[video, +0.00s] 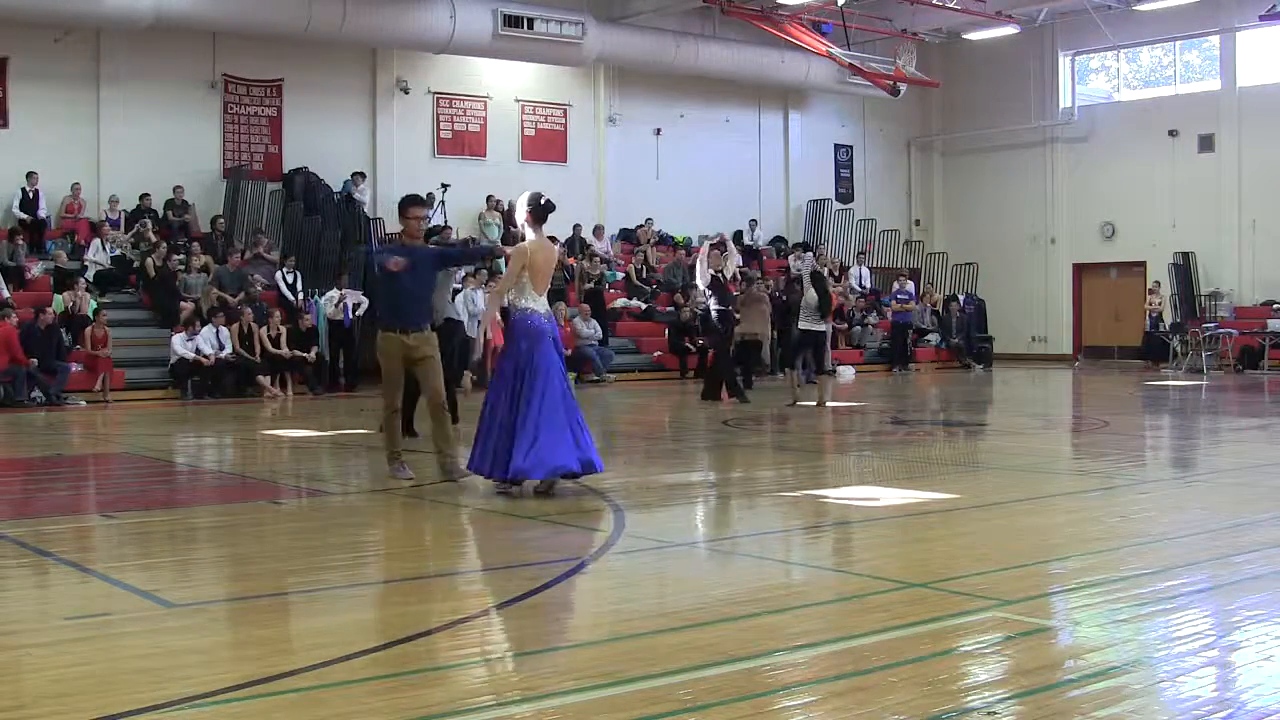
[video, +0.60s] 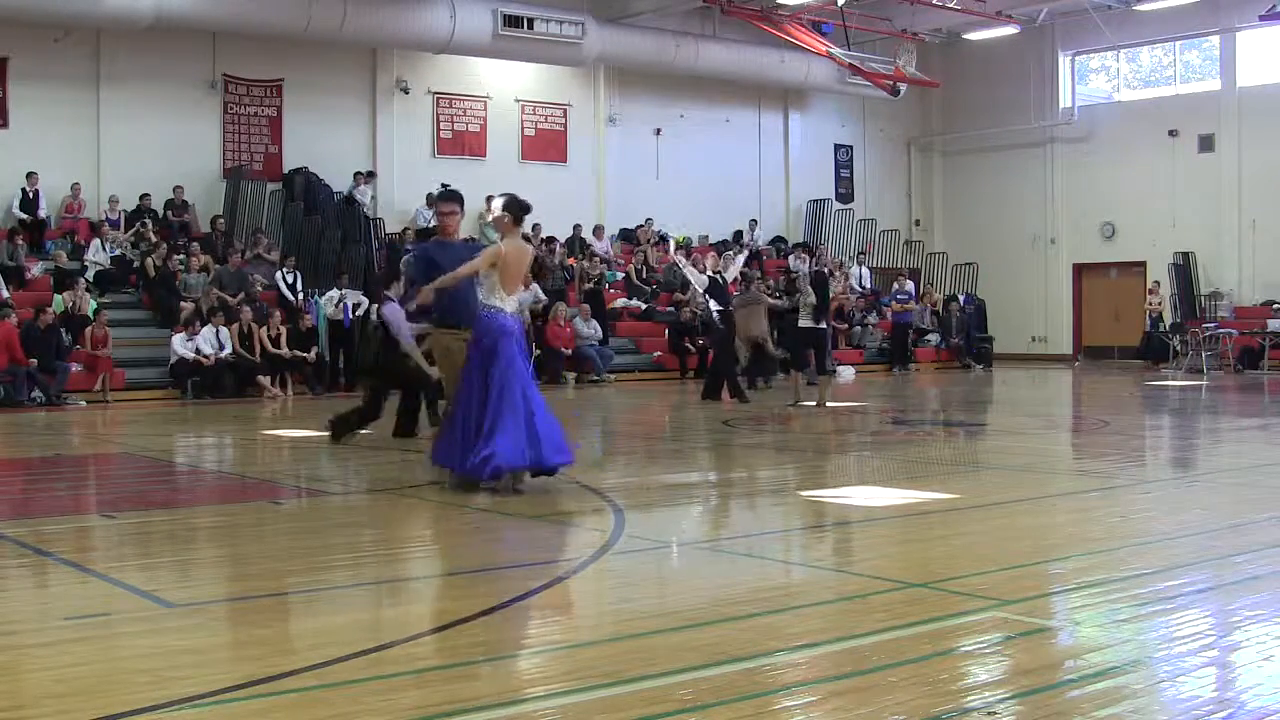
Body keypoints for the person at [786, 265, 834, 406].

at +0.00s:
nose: (808, 282)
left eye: (809, 280)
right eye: (809, 279)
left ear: (812, 281)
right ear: (824, 282)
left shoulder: (809, 292)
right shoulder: (828, 296)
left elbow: (805, 272)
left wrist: (808, 256)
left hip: (805, 330)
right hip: (820, 331)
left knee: (791, 360)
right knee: (820, 367)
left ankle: (794, 393)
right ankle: (821, 398)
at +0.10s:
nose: (808, 282)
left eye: (810, 279)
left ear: (812, 282)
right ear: (824, 282)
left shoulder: (808, 293)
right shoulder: (827, 297)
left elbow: (808, 273)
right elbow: (826, 316)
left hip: (804, 329)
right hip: (820, 331)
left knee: (790, 361)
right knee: (820, 367)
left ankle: (795, 392)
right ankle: (821, 398)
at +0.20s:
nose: (809, 283)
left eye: (811, 280)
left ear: (813, 283)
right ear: (825, 283)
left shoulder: (808, 294)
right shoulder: (826, 298)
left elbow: (808, 273)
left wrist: (813, 256)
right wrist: (821, 258)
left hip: (801, 330)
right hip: (818, 331)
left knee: (789, 360)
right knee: (820, 367)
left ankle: (795, 393)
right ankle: (821, 399)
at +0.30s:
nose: (810, 282)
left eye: (812, 280)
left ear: (813, 282)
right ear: (825, 283)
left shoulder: (808, 293)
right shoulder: (826, 297)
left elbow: (808, 273)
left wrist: (812, 256)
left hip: (802, 329)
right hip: (819, 330)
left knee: (791, 361)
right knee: (820, 367)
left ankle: (795, 395)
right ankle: (821, 399)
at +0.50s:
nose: (811, 281)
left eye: (812, 279)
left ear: (812, 281)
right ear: (825, 282)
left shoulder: (806, 293)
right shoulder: (827, 297)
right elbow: (828, 317)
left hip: (803, 327)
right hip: (820, 329)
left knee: (796, 363)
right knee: (821, 366)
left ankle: (796, 395)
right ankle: (822, 398)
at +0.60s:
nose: (803, 281)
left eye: (806, 279)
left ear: (811, 280)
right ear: (825, 282)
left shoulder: (805, 292)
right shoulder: (827, 295)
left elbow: (793, 303)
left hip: (803, 326)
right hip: (820, 327)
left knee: (796, 363)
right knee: (821, 366)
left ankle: (796, 396)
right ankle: (822, 399)